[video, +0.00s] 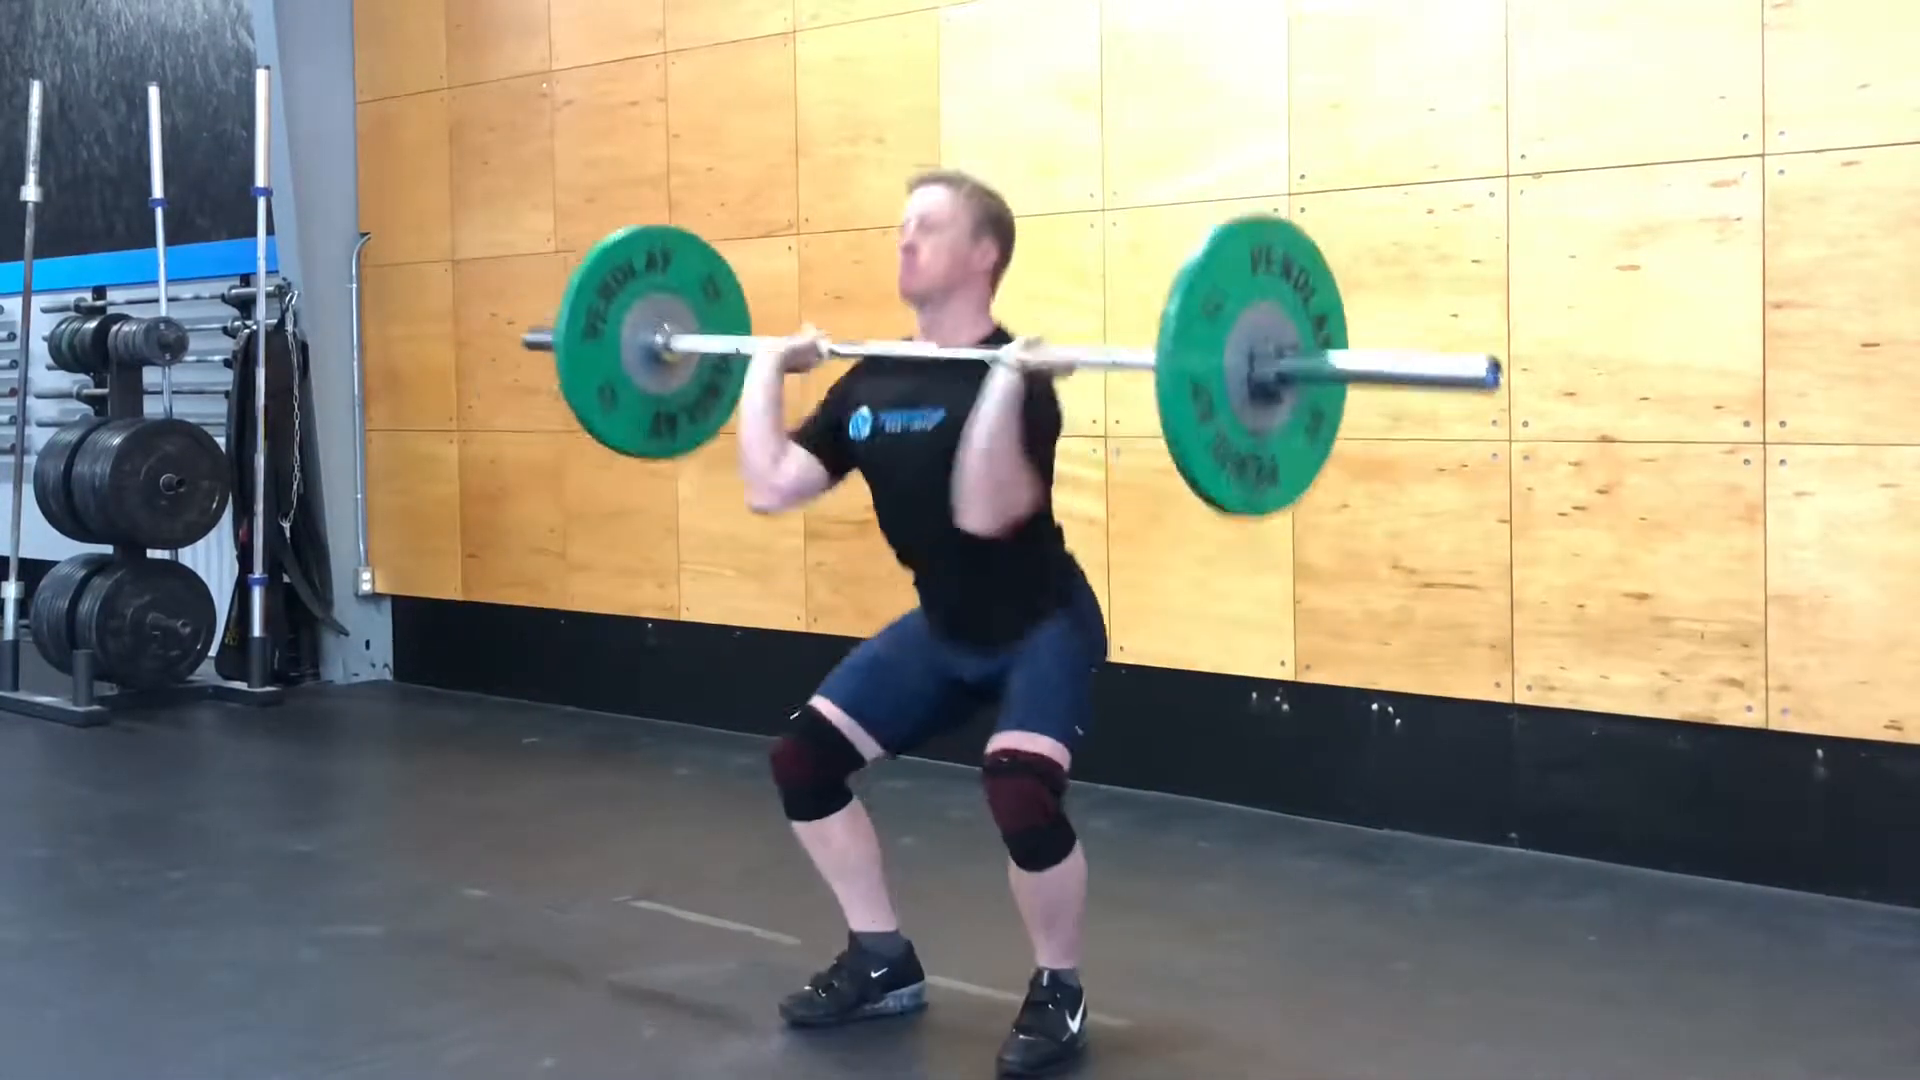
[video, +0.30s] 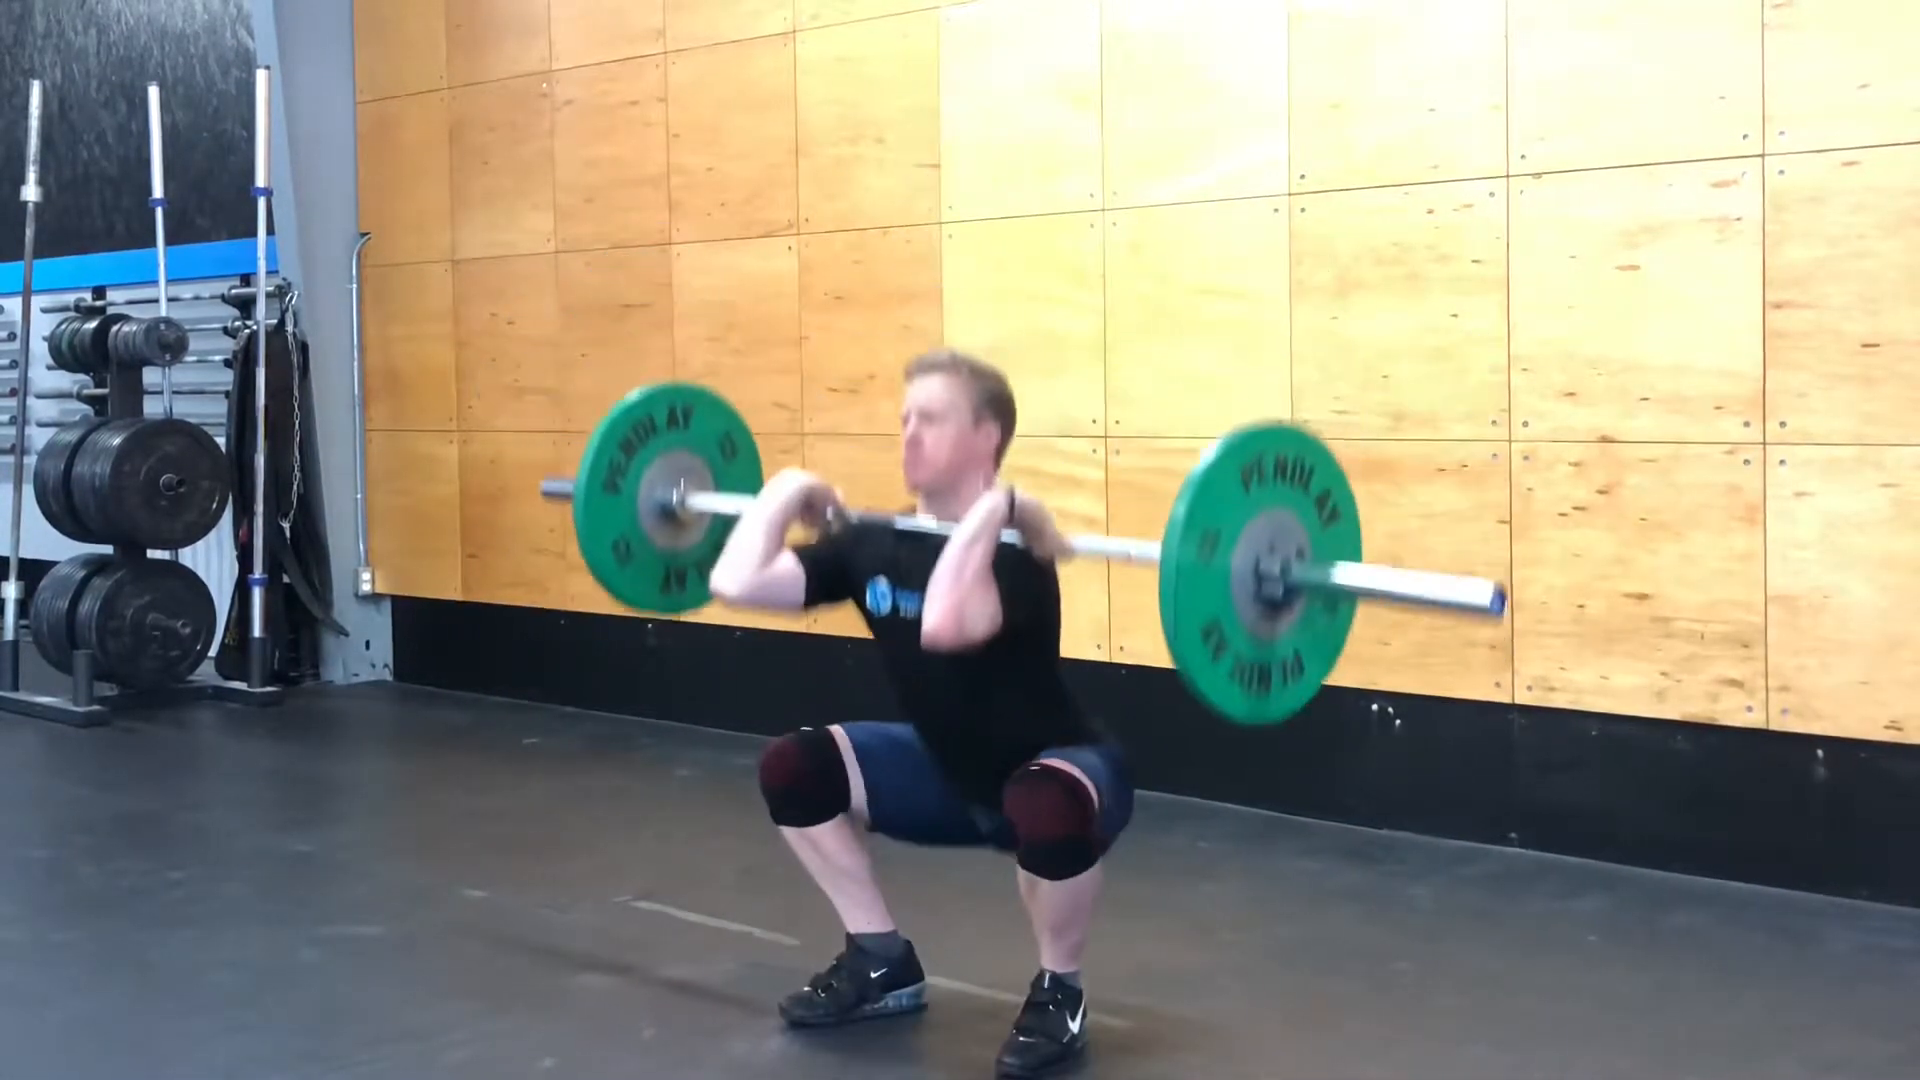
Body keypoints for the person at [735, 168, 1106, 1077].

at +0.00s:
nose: (903, 244)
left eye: (926, 231)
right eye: (903, 230)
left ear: (984, 255)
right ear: (909, 255)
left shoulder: (1020, 382)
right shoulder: (874, 379)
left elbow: (985, 515)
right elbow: (768, 487)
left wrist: (1008, 379)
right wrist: (766, 362)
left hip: (1046, 621)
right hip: (945, 625)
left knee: (1021, 786)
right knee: (804, 761)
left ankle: (1056, 993)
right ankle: (882, 960)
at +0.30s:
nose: (909, 434)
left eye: (930, 419)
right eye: (906, 419)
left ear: (987, 440)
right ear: (902, 433)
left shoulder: (1021, 556)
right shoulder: (874, 546)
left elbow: (947, 627)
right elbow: (735, 582)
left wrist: (990, 510)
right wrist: (785, 490)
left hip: (1060, 769)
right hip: (952, 770)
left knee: (1045, 801)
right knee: (795, 767)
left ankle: (1058, 993)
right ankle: (881, 959)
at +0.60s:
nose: (904, 397)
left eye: (924, 383)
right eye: (902, 382)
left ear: (983, 402)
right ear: (899, 394)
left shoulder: (1012, 518)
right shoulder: (866, 509)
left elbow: (938, 585)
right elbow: (728, 546)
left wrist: (983, 467)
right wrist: (777, 456)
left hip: (1049, 733)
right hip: (942, 734)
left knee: (1027, 805)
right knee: (780, 771)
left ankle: (1058, 994)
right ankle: (879, 958)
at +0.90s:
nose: (908, 168)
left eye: (930, 153)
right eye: (907, 152)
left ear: (990, 175)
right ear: (906, 171)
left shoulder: (1016, 296)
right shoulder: (869, 296)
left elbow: (970, 416)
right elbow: (762, 395)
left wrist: (985, 287)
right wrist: (768, 283)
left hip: (1007, 564)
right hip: (908, 565)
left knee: (1005, 772)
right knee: (817, 749)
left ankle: (1054, 989)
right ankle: (883, 959)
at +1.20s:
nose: (918, 128)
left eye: (940, 114)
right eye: (916, 114)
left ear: (997, 137)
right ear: (923, 136)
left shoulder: (1032, 252)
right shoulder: (887, 256)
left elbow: (1059, 396)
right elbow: (818, 380)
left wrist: (1037, 270)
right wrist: (779, 267)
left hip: (987, 537)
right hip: (888, 536)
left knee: (992, 766)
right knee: (853, 753)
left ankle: (1044, 990)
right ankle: (892, 964)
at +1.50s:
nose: (927, 117)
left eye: (948, 102)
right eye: (926, 103)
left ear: (1006, 121)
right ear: (932, 121)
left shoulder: (1041, 220)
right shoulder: (899, 224)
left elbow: (1092, 341)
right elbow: (843, 345)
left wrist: (1037, 468)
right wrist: (785, 441)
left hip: (979, 530)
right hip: (879, 522)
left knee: (988, 747)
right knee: (858, 736)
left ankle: (1035, 981)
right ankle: (887, 950)